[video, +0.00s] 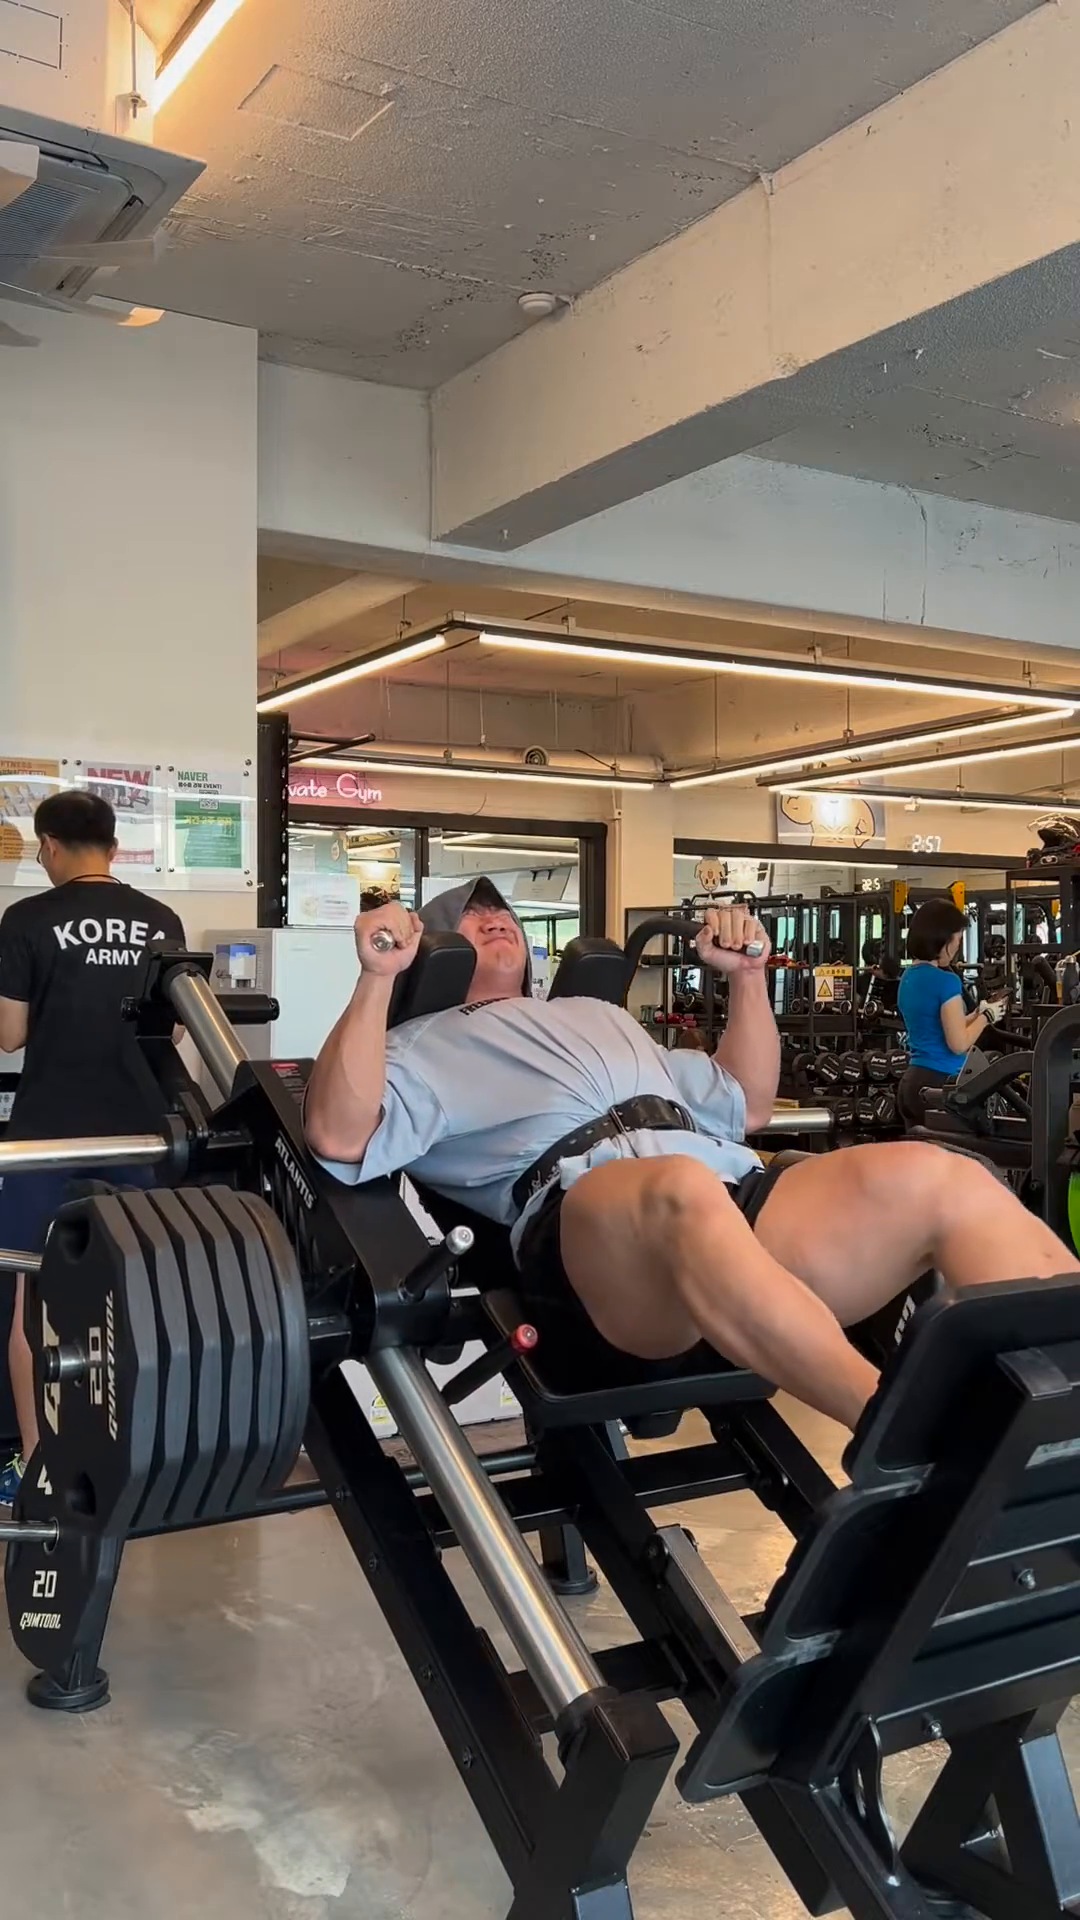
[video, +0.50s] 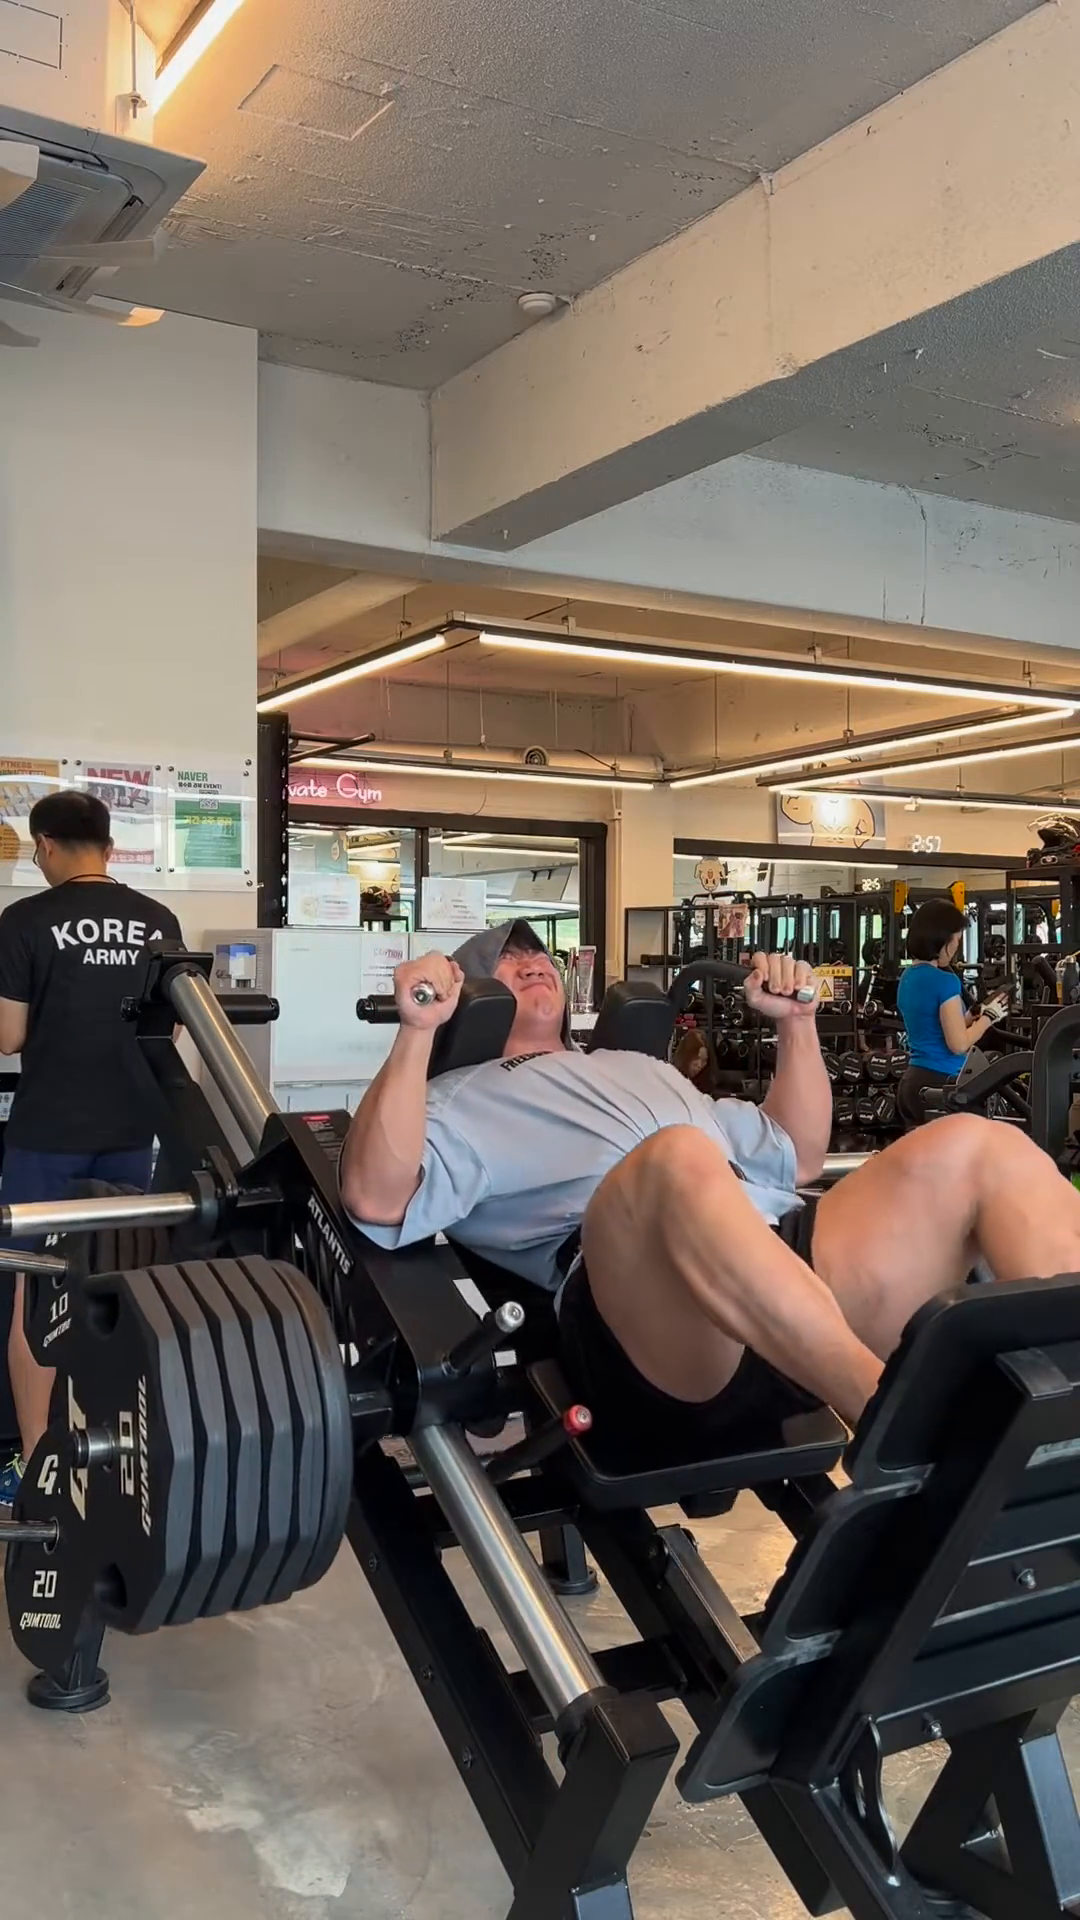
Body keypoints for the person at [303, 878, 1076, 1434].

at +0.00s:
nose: (495, 923)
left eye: (504, 916)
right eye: (472, 919)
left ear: (528, 947)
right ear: (441, 960)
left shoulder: (602, 1022)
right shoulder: (426, 1048)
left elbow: (744, 1102)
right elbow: (339, 1135)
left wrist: (745, 978)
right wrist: (376, 983)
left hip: (733, 1208)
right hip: (581, 1246)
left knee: (947, 1182)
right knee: (681, 1193)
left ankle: (1078, 1370)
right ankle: (902, 1427)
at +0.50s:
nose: (531, 964)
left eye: (540, 956)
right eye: (508, 958)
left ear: (564, 991)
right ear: (472, 1004)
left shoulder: (644, 1071)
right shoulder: (461, 1103)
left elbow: (794, 1158)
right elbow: (374, 1198)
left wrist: (796, 1024)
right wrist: (417, 1034)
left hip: (799, 1294)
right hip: (648, 1350)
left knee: (979, 1151)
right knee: (676, 1162)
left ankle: (1077, 1379)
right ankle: (891, 1417)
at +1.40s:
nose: (610, 1051)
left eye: (615, 1039)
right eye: (581, 1044)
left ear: (638, 1072)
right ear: (541, 1082)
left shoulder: (721, 1164)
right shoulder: (527, 1212)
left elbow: (879, 1242)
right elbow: (449, 1327)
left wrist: (894, 1120)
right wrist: (495, 1142)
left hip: (893, 1387)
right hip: (751, 1479)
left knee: (1006, 1148)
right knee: (674, 1167)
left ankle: (1072, 1395)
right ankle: (896, 1411)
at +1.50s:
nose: (616, 1059)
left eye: (625, 1049)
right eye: (586, 1051)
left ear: (645, 1085)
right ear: (546, 1093)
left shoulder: (737, 1174)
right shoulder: (537, 1219)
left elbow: (889, 1250)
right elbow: (456, 1339)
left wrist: (903, 1125)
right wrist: (501, 1150)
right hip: (763, 1482)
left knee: (1006, 1146)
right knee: (672, 1170)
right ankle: (885, 1405)